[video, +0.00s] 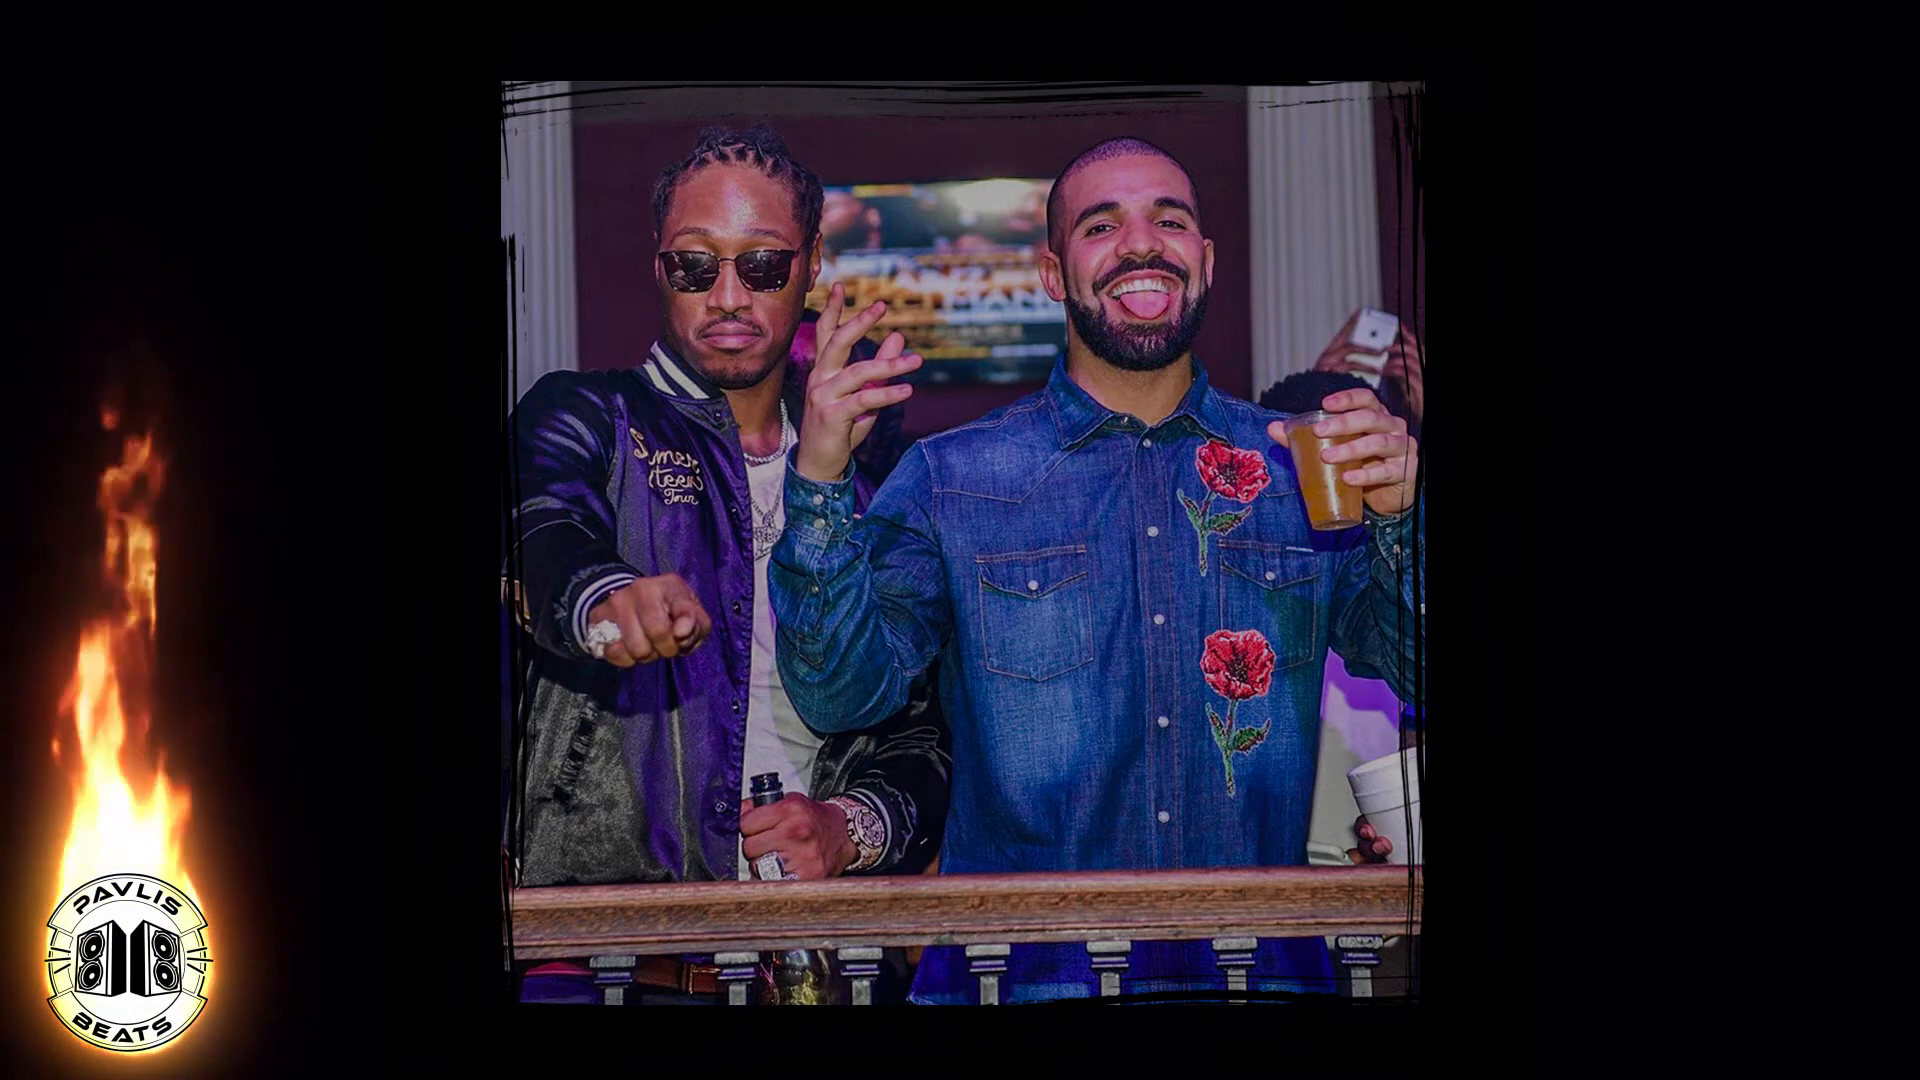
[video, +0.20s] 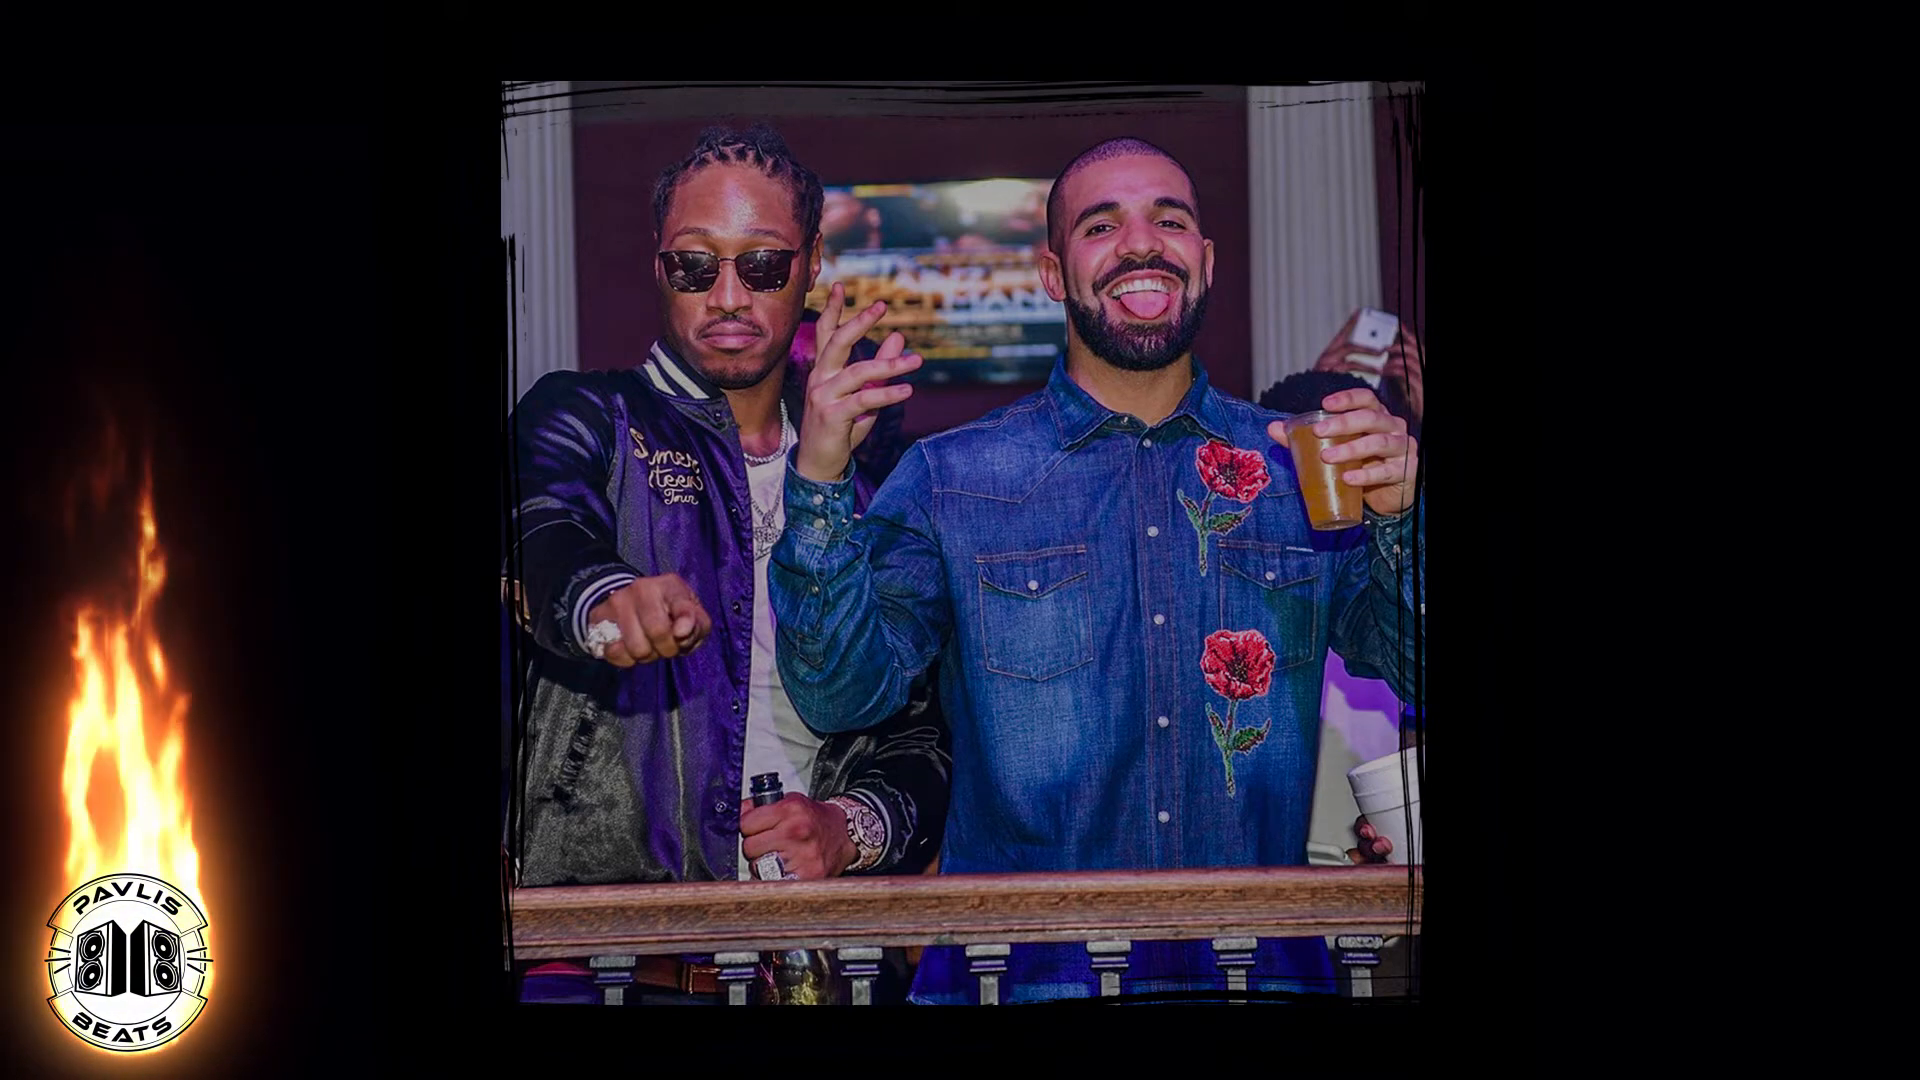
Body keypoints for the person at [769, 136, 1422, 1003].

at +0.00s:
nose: (1141, 243)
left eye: (1169, 219)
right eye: (1102, 225)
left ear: (1207, 258)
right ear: (1055, 272)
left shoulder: (1304, 469)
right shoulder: (945, 479)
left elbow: (1413, 674)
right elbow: (840, 692)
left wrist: (1402, 516)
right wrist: (819, 473)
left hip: (1255, 954)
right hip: (1021, 963)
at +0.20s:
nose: (1141, 243)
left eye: (1169, 219)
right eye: (1102, 225)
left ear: (1208, 258)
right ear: (1055, 272)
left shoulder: (1304, 469)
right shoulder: (945, 479)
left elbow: (1413, 674)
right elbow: (840, 693)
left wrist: (1401, 516)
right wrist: (819, 472)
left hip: (1255, 954)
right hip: (1021, 964)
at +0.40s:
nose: (1140, 243)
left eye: (1169, 219)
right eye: (1101, 225)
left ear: (1208, 258)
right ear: (1055, 272)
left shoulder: (1304, 470)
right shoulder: (945, 479)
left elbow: (1412, 673)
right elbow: (840, 693)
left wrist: (1402, 516)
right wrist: (818, 475)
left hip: (1254, 955)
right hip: (1020, 962)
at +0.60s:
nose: (1141, 243)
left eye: (1169, 219)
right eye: (1102, 225)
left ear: (1208, 258)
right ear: (1055, 272)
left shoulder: (1304, 469)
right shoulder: (945, 479)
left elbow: (1413, 674)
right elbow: (840, 692)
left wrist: (1402, 516)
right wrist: (819, 472)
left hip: (1255, 954)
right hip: (1021, 963)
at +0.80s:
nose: (1141, 243)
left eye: (1169, 219)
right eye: (1102, 225)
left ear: (1208, 258)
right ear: (1055, 272)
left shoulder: (1304, 469)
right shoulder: (945, 479)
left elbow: (1414, 674)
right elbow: (840, 693)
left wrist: (1402, 516)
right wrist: (819, 472)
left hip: (1255, 954)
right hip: (1021, 963)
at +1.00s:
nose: (1141, 243)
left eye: (1169, 219)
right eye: (1102, 225)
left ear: (1208, 258)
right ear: (1055, 272)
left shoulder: (1304, 469)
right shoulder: (945, 479)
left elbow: (1414, 674)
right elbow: (840, 693)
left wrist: (1402, 516)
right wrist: (819, 473)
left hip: (1255, 954)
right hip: (1021, 963)